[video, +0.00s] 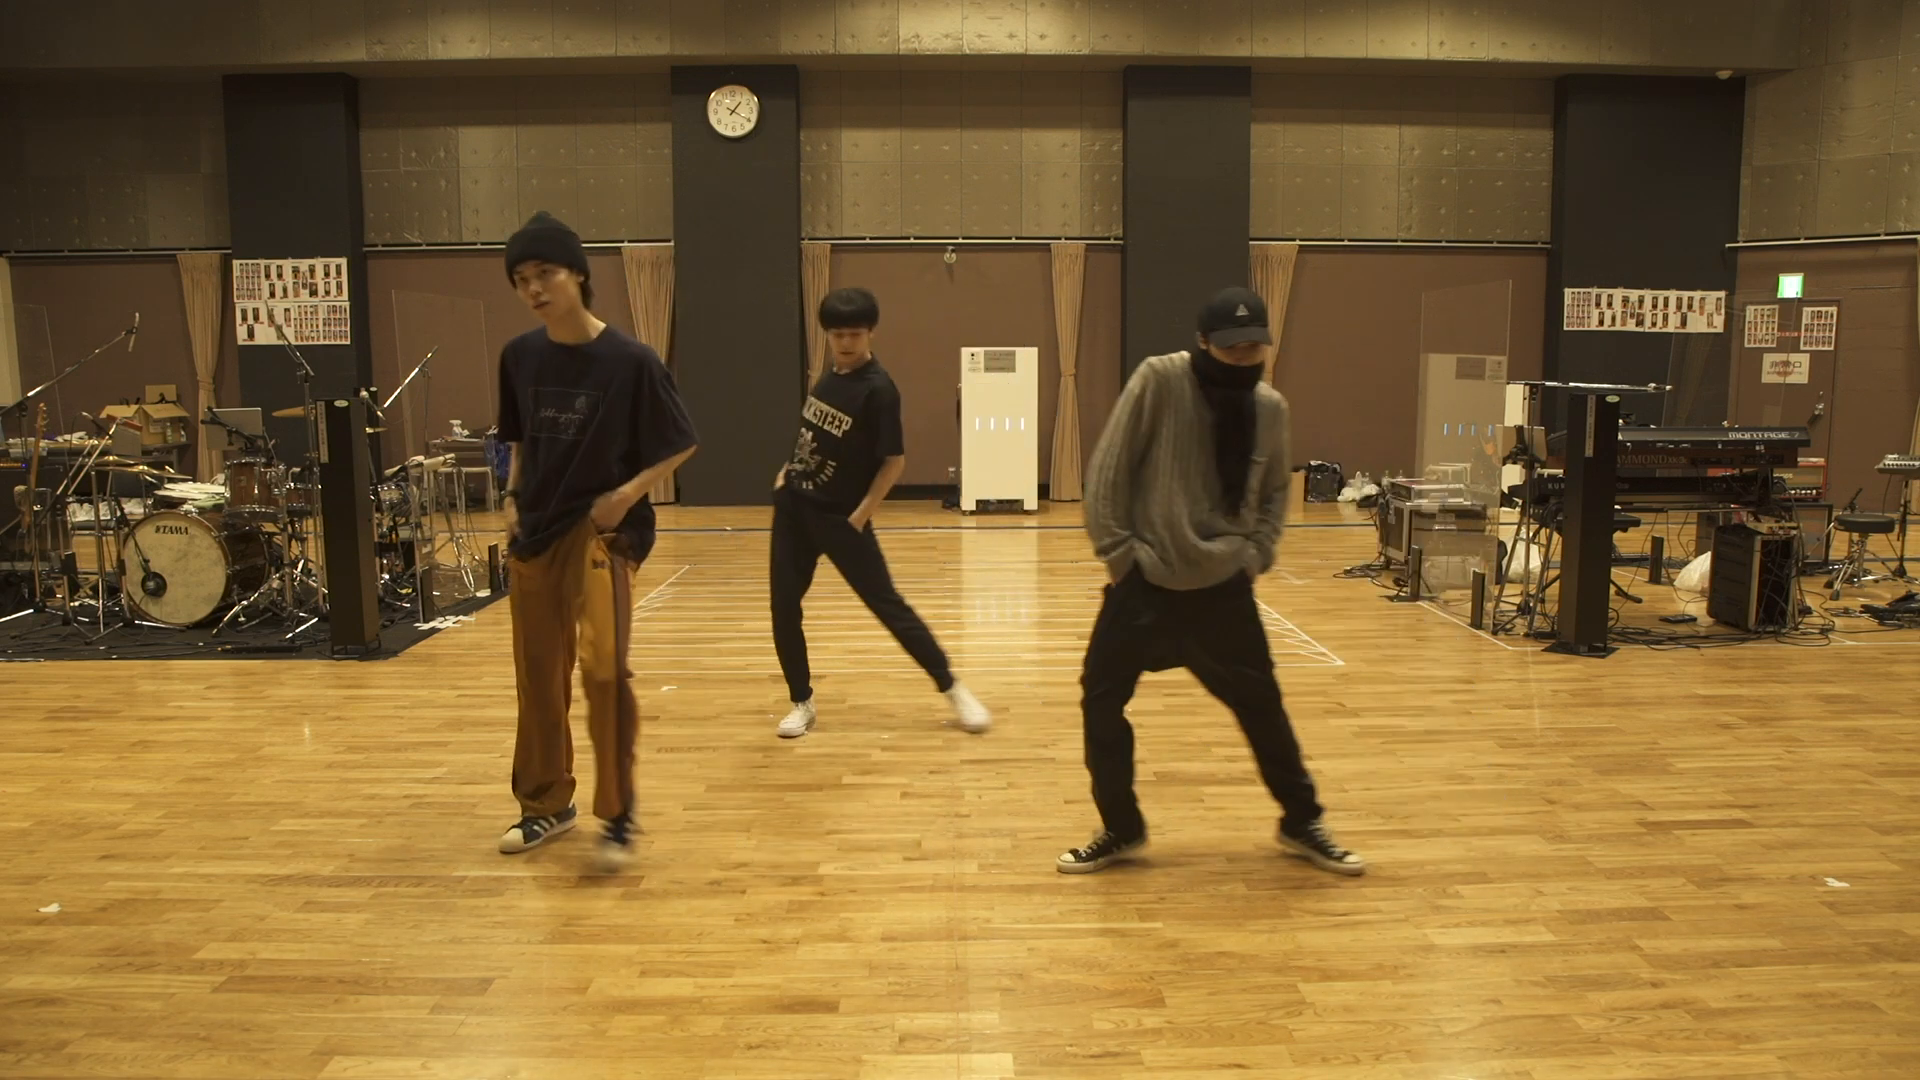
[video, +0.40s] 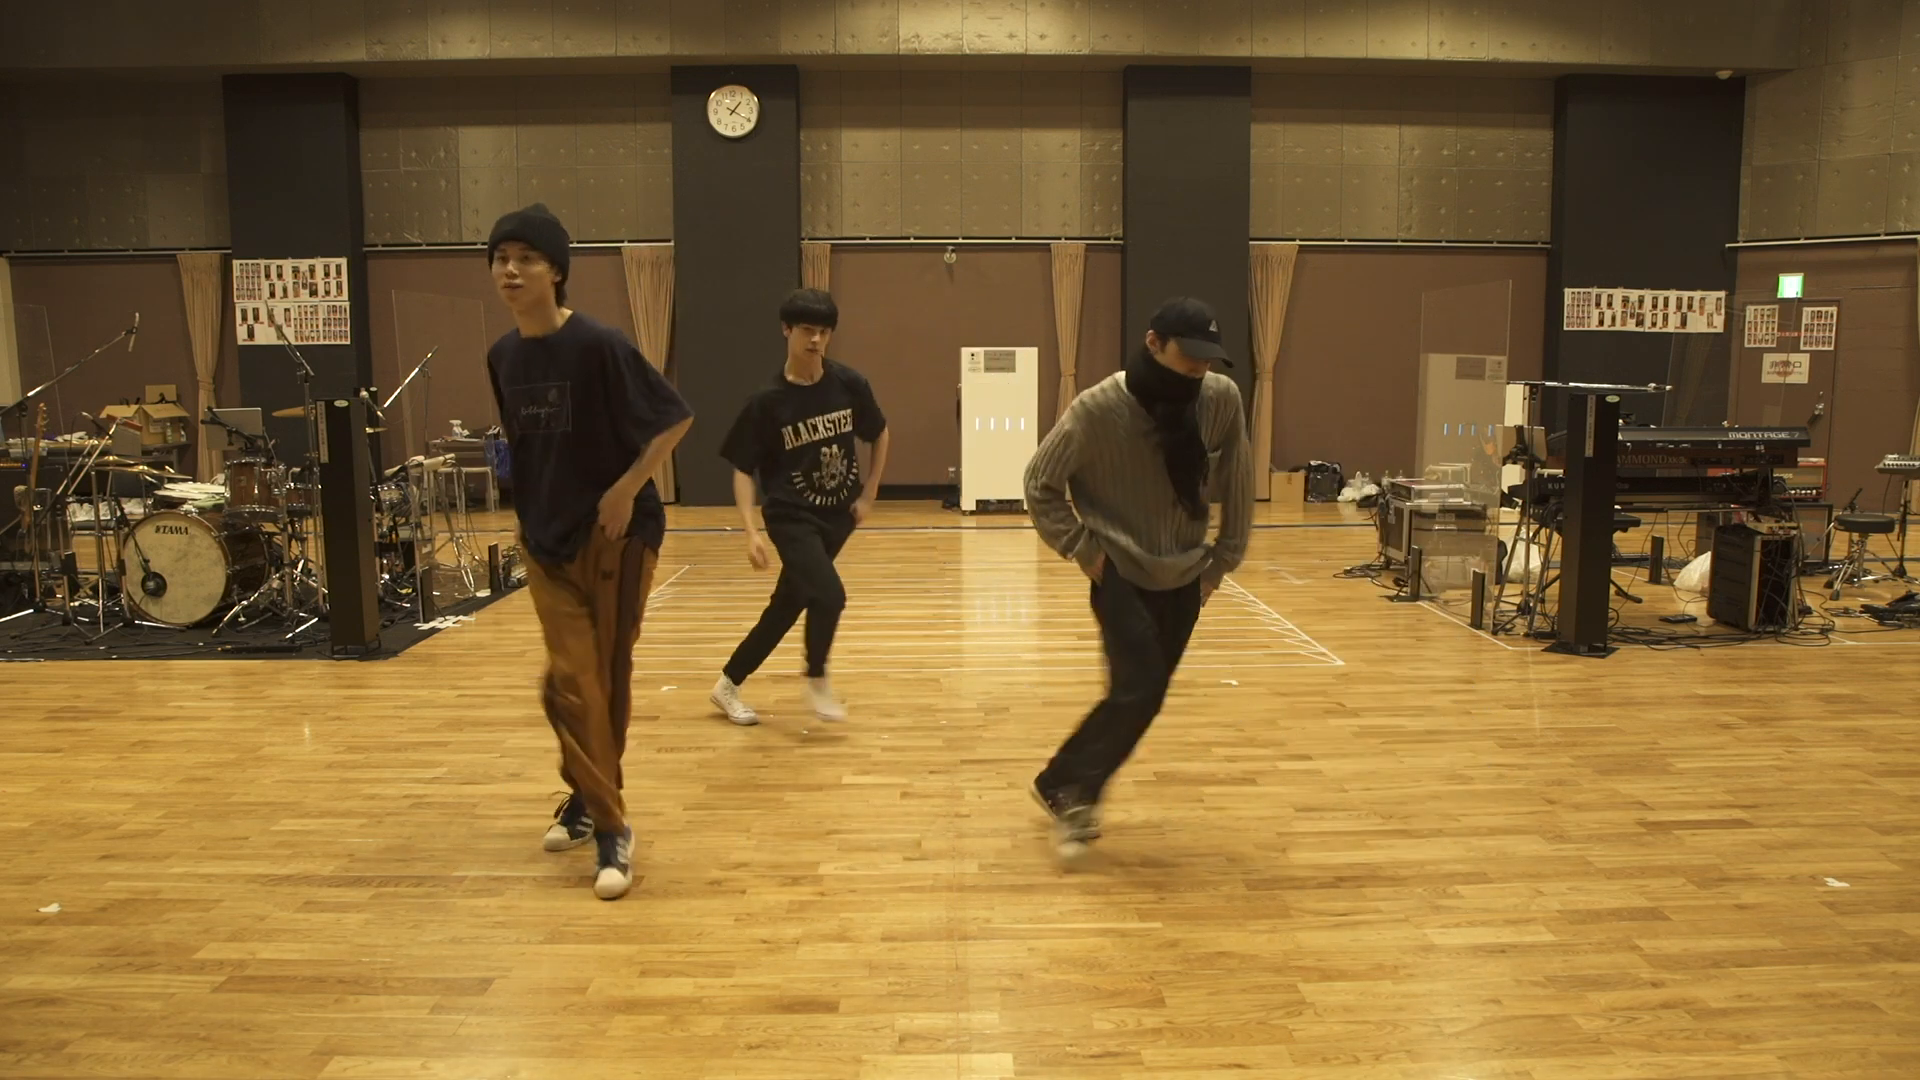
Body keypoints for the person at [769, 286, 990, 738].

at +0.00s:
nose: (844, 344)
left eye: (853, 335)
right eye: (837, 335)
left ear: (871, 334)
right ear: (826, 334)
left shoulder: (880, 390)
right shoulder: (829, 373)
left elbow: (895, 461)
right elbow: (816, 435)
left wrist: (860, 516)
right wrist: (787, 472)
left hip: (841, 519)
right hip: (794, 508)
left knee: (887, 606)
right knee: (783, 607)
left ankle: (953, 690)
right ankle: (801, 704)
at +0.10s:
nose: (835, 339)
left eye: (843, 330)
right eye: (827, 330)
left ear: (859, 330)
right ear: (816, 332)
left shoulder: (877, 383)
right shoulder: (811, 373)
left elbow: (886, 455)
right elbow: (795, 433)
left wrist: (854, 511)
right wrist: (769, 470)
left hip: (831, 516)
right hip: (781, 506)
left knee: (851, 614)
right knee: (775, 607)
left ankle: (898, 679)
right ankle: (800, 703)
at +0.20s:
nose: (826, 338)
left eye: (835, 329)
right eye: (818, 329)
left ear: (850, 329)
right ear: (805, 329)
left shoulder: (870, 377)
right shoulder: (788, 372)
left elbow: (881, 440)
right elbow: (773, 426)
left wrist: (859, 496)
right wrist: (756, 467)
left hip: (831, 511)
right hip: (778, 504)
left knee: (825, 610)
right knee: (775, 604)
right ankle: (798, 700)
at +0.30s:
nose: (818, 343)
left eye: (826, 333)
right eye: (809, 333)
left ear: (835, 333)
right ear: (791, 330)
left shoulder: (854, 376)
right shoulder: (767, 388)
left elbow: (873, 434)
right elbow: (738, 442)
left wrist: (866, 502)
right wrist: (741, 488)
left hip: (842, 517)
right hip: (788, 516)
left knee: (797, 605)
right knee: (799, 599)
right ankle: (794, 685)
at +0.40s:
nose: (815, 340)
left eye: (822, 332)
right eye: (806, 331)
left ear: (831, 336)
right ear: (786, 332)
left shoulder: (849, 386)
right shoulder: (766, 405)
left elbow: (880, 432)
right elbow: (742, 470)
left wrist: (870, 492)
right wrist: (752, 532)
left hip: (836, 519)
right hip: (789, 518)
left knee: (784, 608)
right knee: (830, 596)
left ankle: (727, 685)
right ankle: (817, 681)